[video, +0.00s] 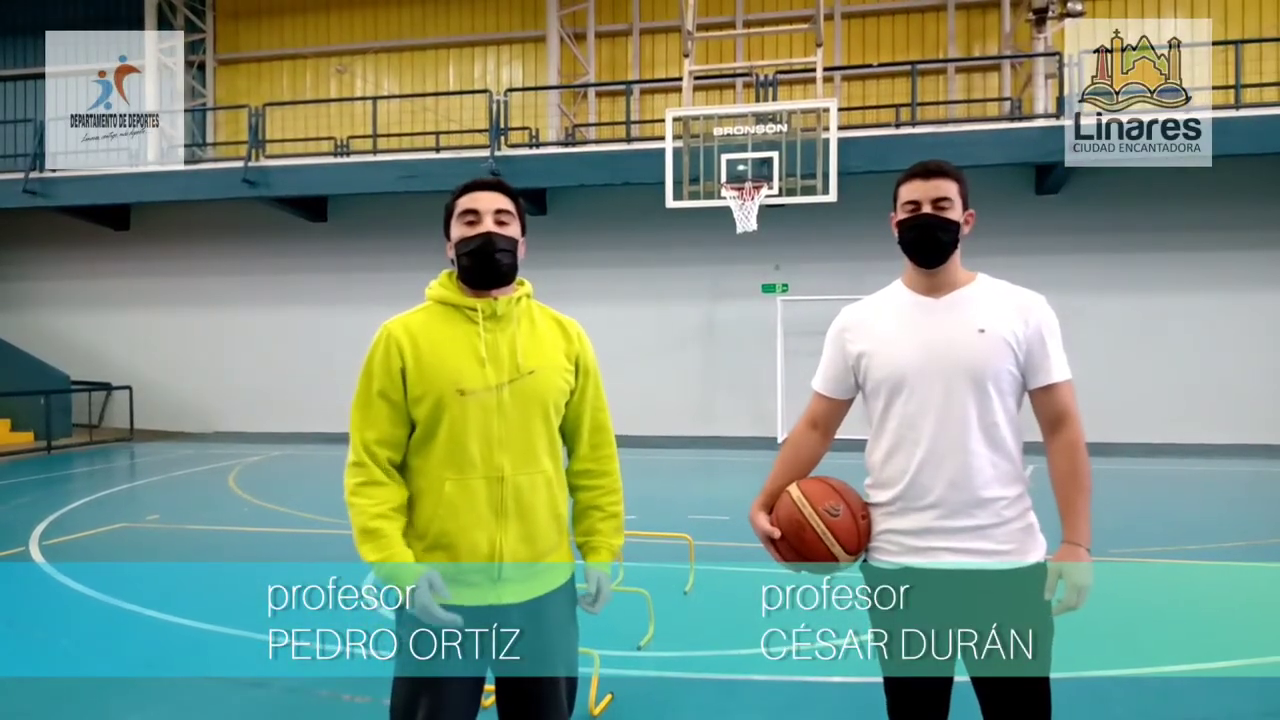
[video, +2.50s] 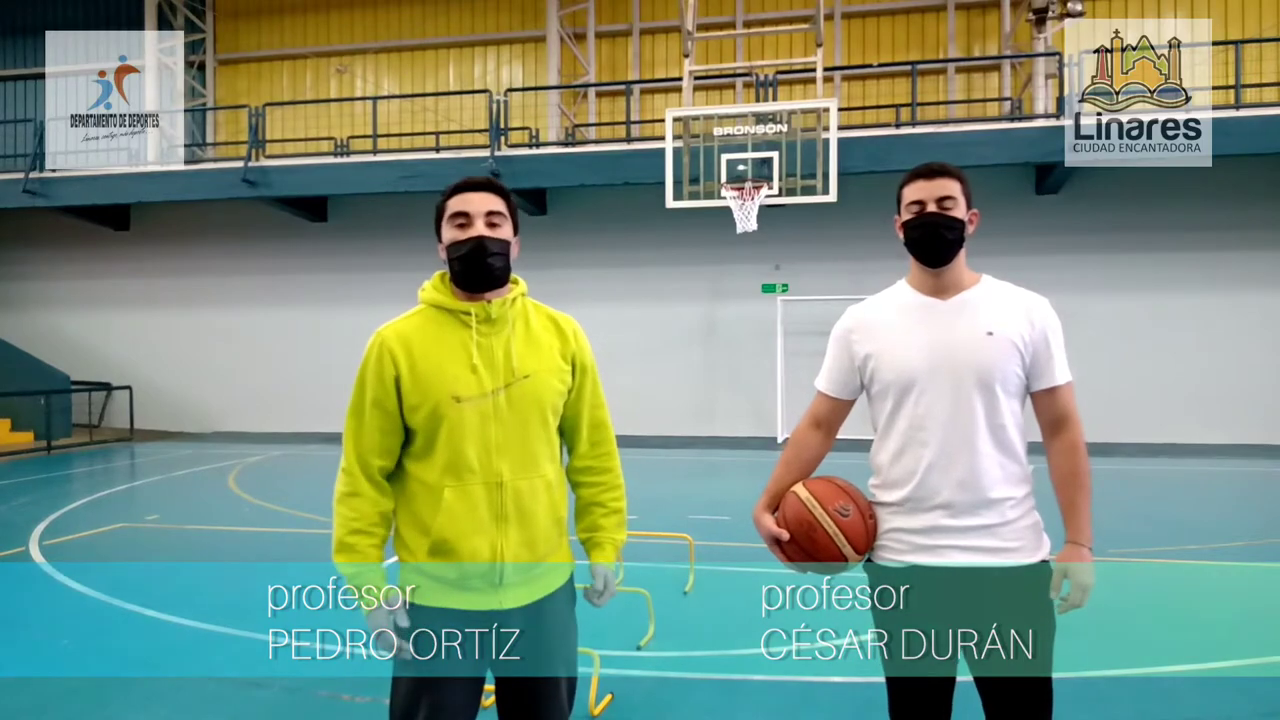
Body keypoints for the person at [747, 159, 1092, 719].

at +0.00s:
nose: (926, 217)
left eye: (941, 206)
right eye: (911, 208)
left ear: (967, 221)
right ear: (894, 226)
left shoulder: (1022, 313)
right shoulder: (857, 324)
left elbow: (1062, 429)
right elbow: (816, 426)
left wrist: (1075, 543)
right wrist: (763, 503)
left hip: (1005, 561)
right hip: (901, 563)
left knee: (1020, 712)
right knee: (913, 713)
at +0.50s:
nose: (929, 217)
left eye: (945, 206)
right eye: (915, 208)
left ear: (971, 220)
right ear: (897, 226)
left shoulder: (1024, 315)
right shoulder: (860, 323)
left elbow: (1060, 432)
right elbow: (816, 425)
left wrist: (1072, 545)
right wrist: (761, 502)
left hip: (1005, 561)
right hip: (901, 562)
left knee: (1020, 710)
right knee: (914, 713)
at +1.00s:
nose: (934, 216)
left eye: (949, 205)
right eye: (920, 207)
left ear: (974, 220)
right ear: (901, 224)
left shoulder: (1026, 315)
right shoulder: (861, 321)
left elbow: (1061, 432)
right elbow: (816, 424)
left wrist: (1075, 544)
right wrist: (762, 501)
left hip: (1006, 561)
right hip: (902, 562)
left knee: (1020, 711)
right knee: (914, 713)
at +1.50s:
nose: (931, 216)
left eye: (946, 205)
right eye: (916, 208)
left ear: (972, 220)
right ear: (899, 226)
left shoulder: (1026, 313)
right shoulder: (860, 322)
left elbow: (1063, 430)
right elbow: (815, 423)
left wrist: (1077, 543)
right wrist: (761, 502)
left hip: (1006, 561)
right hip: (903, 562)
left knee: (1019, 711)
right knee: (914, 713)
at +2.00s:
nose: (931, 215)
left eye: (946, 204)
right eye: (916, 207)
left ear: (972, 220)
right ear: (899, 226)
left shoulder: (1026, 314)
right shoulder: (862, 323)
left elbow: (1063, 430)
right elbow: (818, 425)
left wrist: (1076, 543)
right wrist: (764, 503)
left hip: (1007, 559)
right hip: (904, 560)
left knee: (1020, 711)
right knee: (915, 712)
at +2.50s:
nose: (931, 215)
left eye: (945, 204)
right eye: (916, 208)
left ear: (972, 220)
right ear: (898, 229)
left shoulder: (1026, 315)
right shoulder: (863, 324)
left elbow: (1062, 430)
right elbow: (818, 426)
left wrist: (1078, 542)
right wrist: (765, 505)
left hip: (1008, 559)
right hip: (906, 561)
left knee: (1022, 711)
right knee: (916, 712)